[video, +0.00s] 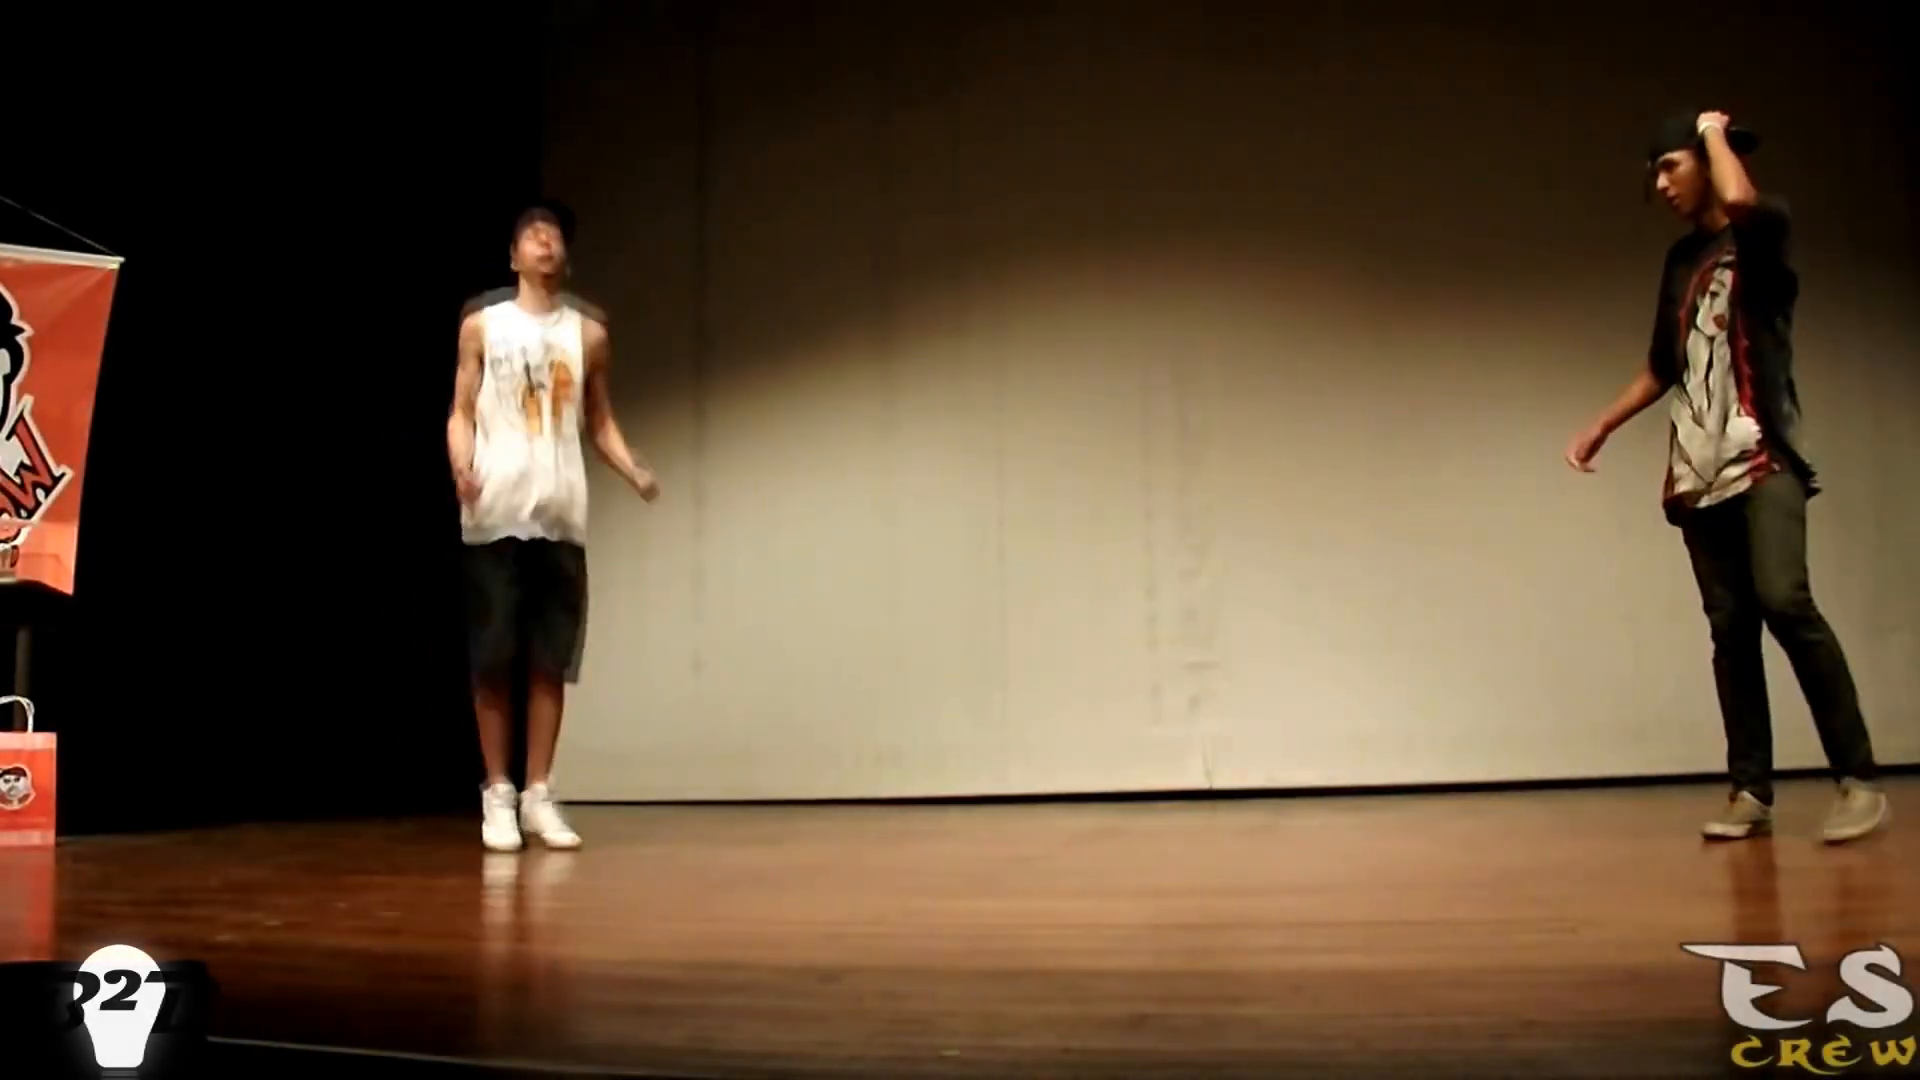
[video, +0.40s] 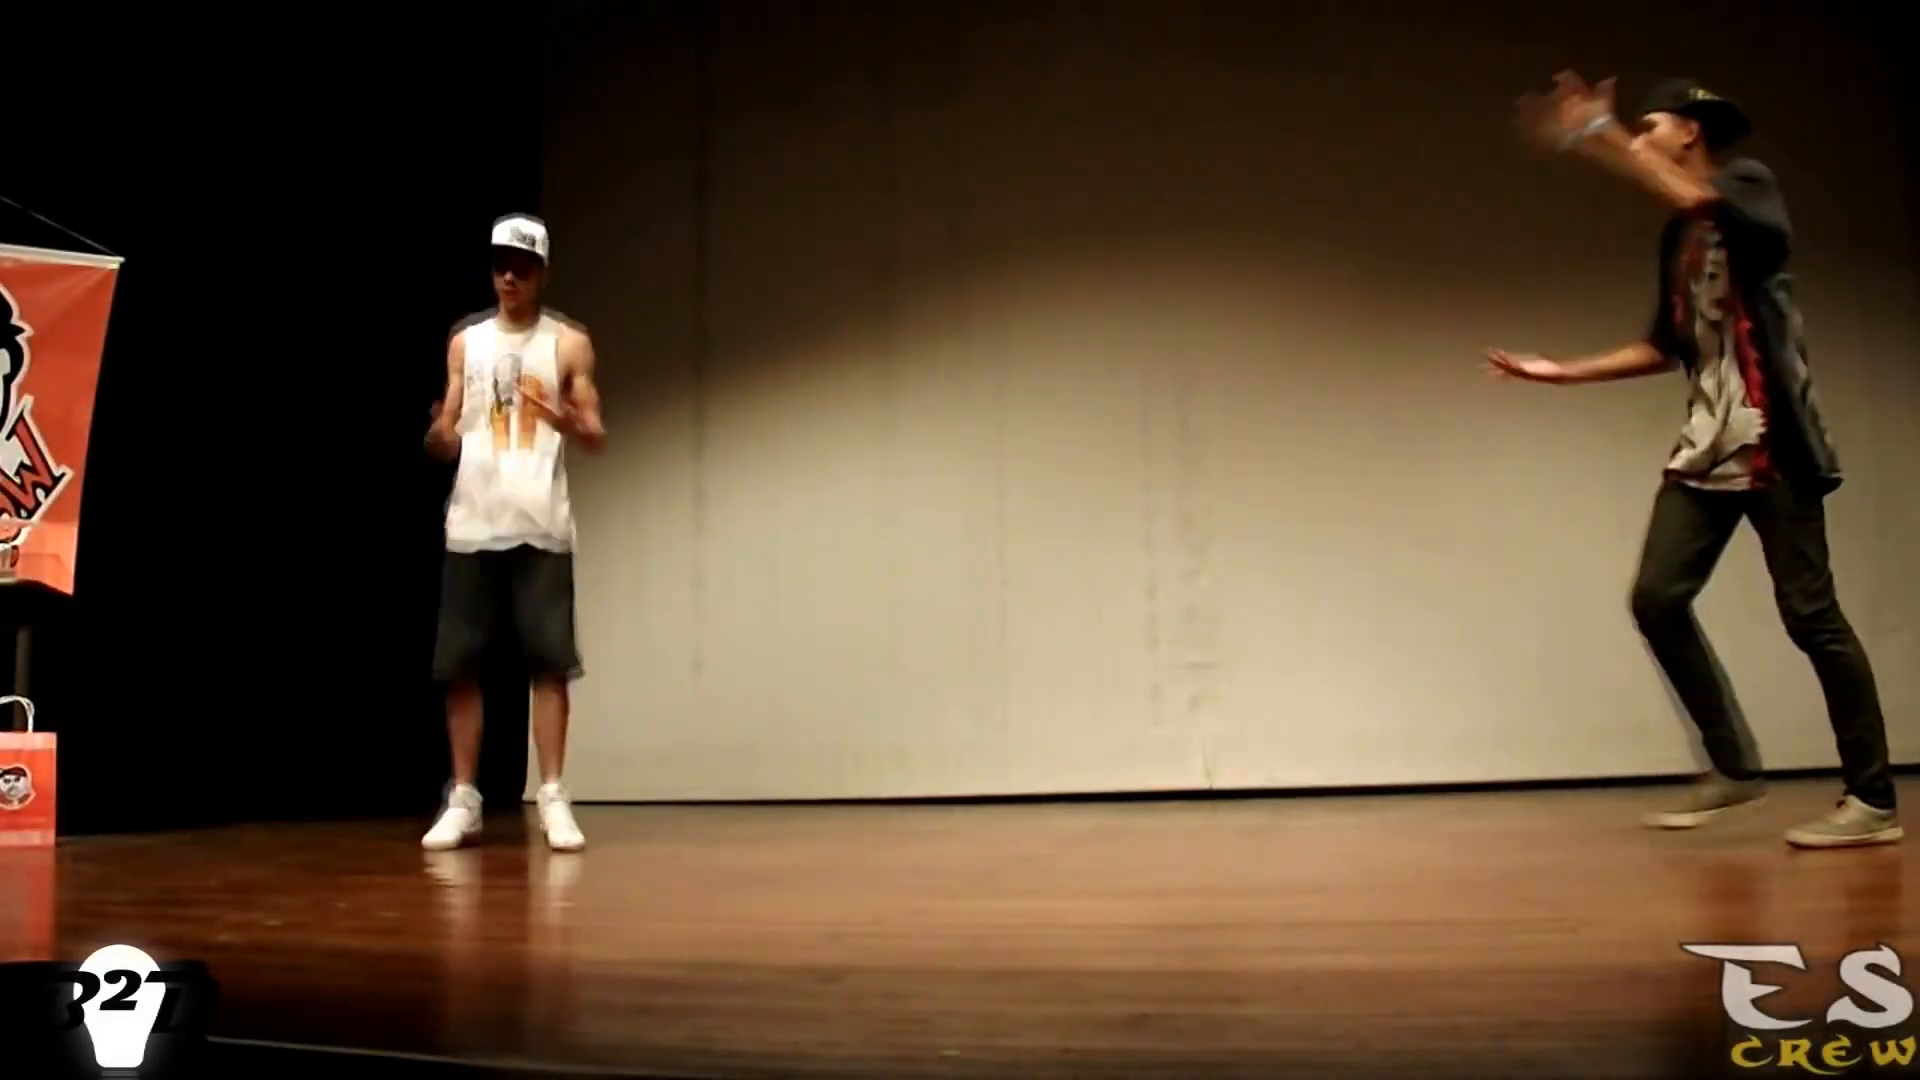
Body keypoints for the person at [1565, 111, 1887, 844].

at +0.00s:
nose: (1661, 184)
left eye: (1671, 169)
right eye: (1657, 173)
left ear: (1710, 167)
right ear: (1665, 184)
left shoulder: (1763, 236)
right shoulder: (1682, 259)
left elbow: (1740, 204)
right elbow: (1660, 370)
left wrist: (1715, 134)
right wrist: (1601, 426)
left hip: (1764, 459)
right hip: (1697, 472)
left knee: (1785, 602)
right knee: (1730, 628)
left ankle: (1859, 783)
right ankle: (1750, 793)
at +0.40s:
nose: (1641, 140)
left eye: (1651, 126)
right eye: (1639, 132)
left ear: (1696, 132)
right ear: (1679, 139)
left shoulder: (1753, 190)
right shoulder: (1678, 231)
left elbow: (1691, 196)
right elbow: (1665, 347)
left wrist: (1601, 133)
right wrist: (1562, 371)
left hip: (1779, 441)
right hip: (1708, 444)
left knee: (1813, 616)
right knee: (1658, 600)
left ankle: (1874, 799)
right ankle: (1736, 775)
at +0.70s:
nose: (1545, 165)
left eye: (1558, 150)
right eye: (1546, 153)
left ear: (1602, 153)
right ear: (1589, 161)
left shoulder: (1661, 208)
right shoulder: (1614, 247)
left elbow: (1565, 276)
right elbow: (1573, 353)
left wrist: (1442, 301)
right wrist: (1479, 380)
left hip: (1717, 467)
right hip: (1650, 473)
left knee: (1757, 623)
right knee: (1609, 619)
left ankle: (1864, 788)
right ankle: (1637, 811)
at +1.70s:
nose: (1212, 542)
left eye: (1216, 527)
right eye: (1215, 527)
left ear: (1237, 532)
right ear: (1282, 527)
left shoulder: (1272, 575)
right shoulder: (1324, 565)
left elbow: (1269, 720)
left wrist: (1225, 838)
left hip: (1398, 720)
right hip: (1449, 726)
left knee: (1235, 655)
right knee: (1332, 819)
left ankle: (1306, 825)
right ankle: (1474, 809)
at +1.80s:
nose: (1212, 496)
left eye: (1216, 482)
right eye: (1215, 482)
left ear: (1234, 488)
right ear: (1279, 485)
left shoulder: (1264, 543)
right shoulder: (1316, 534)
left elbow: (1246, 682)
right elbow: (1327, 684)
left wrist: (1216, 806)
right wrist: (1300, 781)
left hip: (1385, 685)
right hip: (1429, 693)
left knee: (1232, 658)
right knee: (1331, 814)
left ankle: (1306, 823)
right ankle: (1484, 807)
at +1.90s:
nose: (1218, 423)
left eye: (1226, 408)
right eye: (1223, 407)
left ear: (1247, 417)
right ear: (1286, 418)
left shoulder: (1271, 483)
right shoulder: (1321, 473)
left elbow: (1236, 621)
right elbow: (1320, 621)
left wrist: (1185, 717)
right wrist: (1268, 736)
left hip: (1376, 647)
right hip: (1418, 654)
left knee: (1229, 658)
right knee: (1323, 789)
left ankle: (1305, 820)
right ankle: (1483, 803)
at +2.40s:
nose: (1348, 191)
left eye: (1359, 178)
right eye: (1350, 180)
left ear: (1396, 177)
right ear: (1407, 181)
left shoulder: (1399, 219)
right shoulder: (1431, 229)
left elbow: (1370, 327)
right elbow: (1385, 378)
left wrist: (1280, 419)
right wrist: (1353, 487)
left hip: (1455, 476)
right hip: (1473, 475)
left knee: (1393, 634)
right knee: (1428, 640)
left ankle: (1336, 818)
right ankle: (1525, 805)